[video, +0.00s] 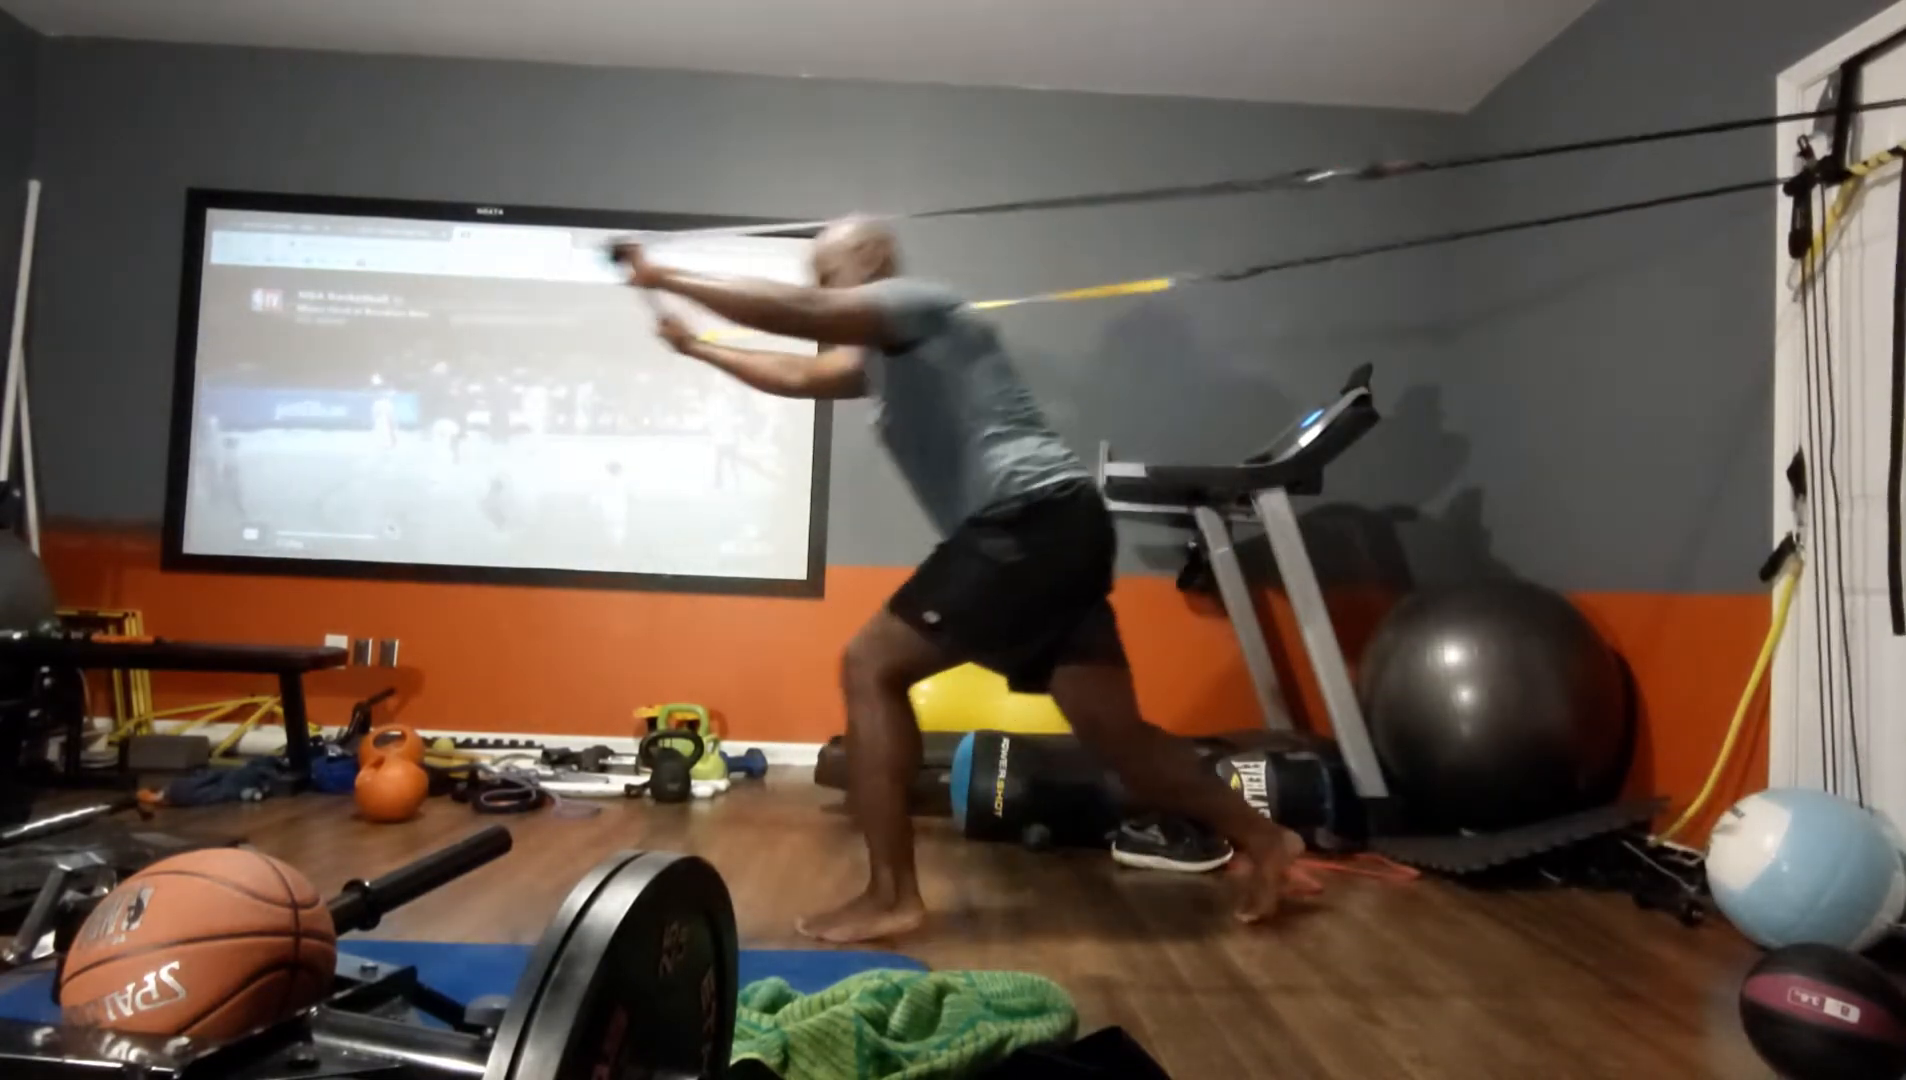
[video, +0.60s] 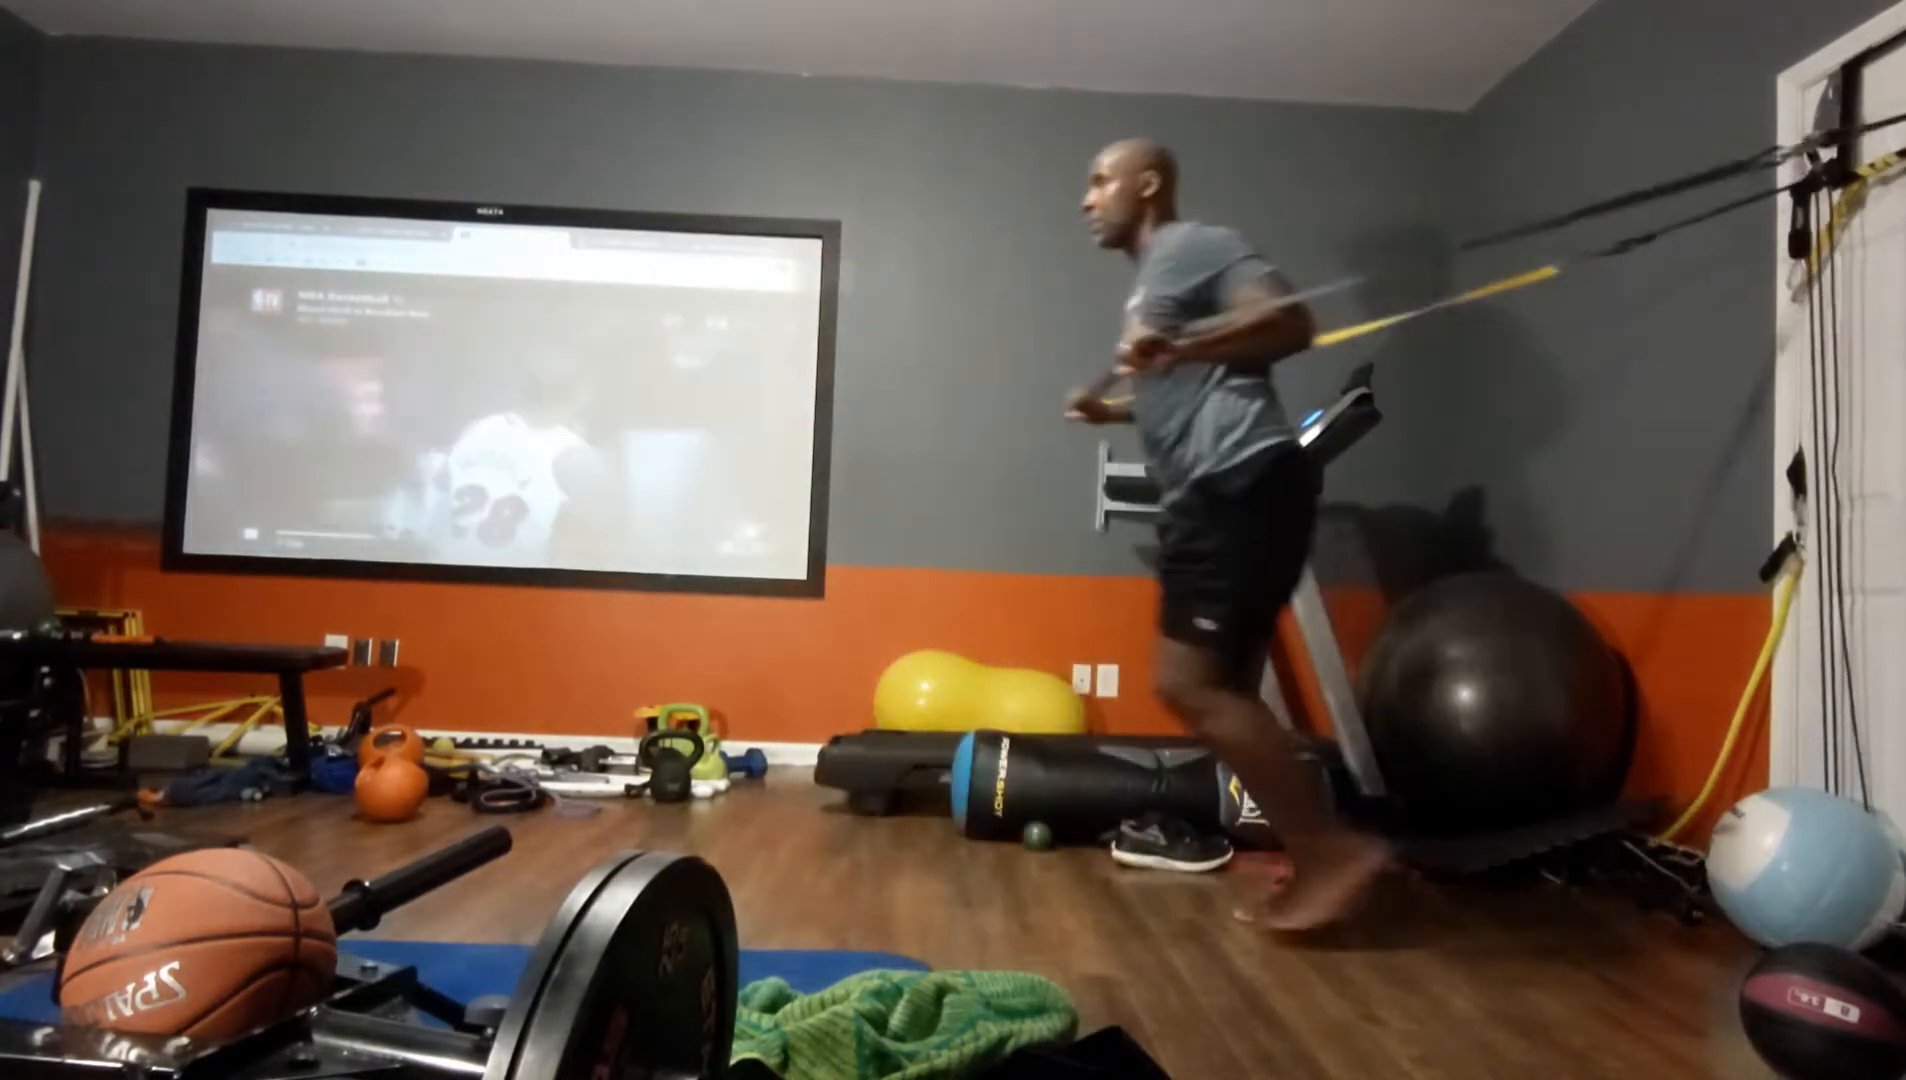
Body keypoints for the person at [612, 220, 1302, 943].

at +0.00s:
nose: (814, 277)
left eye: (824, 261)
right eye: (812, 269)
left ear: (874, 256)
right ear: (850, 280)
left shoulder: (926, 308)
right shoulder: (885, 364)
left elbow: (805, 309)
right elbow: (790, 374)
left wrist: (674, 276)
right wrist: (693, 340)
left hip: (1033, 521)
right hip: (1051, 530)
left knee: (869, 667)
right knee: (1120, 740)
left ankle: (890, 896)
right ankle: (1266, 845)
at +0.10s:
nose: (876, 255)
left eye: (889, 237)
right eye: (875, 241)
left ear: (940, 231)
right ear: (918, 240)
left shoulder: (987, 283)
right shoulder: (943, 332)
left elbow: (893, 310)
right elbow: (869, 386)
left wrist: (768, 282)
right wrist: (770, 349)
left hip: (1066, 513)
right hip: (1077, 520)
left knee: (916, 665)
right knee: (1130, 722)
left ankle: (892, 895)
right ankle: (1280, 851)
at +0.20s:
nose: (942, 227)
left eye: (955, 210)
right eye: (941, 217)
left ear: (1006, 210)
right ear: (966, 227)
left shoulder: (1054, 265)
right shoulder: (1002, 326)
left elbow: (1016, 319)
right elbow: (948, 394)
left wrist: (882, 289)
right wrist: (852, 346)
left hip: (1106, 496)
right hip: (1107, 505)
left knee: (980, 673)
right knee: (1160, 706)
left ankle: (899, 884)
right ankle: (1288, 854)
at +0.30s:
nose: (995, 220)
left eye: (1008, 202)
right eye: (996, 205)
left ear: (1056, 202)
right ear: (1043, 207)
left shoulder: (1097, 254)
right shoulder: (1056, 299)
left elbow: (1126, 325)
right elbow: (1034, 406)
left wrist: (992, 312)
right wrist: (945, 368)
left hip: (1146, 490)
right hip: (1147, 496)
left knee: (1031, 675)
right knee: (1183, 705)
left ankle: (968, 889)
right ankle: (1297, 858)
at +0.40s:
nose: (1031, 214)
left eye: (1045, 197)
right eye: (1032, 200)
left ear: (1095, 201)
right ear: (1084, 205)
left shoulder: (1133, 257)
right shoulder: (1094, 298)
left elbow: (1202, 332)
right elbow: (1094, 413)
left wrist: (1079, 334)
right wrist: (1019, 388)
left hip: (1183, 488)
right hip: (1175, 493)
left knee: (1072, 670)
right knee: (1194, 699)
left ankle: (1087, 889)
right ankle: (1301, 862)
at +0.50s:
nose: (1060, 207)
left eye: (1074, 190)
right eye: (1061, 194)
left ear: (1123, 193)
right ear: (1115, 198)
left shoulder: (1165, 250)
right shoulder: (1123, 291)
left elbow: (1254, 329)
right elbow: (1150, 409)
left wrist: (1140, 346)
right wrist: (1070, 401)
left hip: (1212, 482)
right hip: (1219, 485)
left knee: (1123, 674)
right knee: (1213, 694)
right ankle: (1304, 859)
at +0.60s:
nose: (1087, 199)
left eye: (1100, 181)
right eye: (1088, 185)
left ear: (1149, 187)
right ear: (1133, 195)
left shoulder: (1193, 244)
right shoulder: (1150, 283)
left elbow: (1287, 320)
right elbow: (1186, 393)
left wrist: (1181, 347)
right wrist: (1113, 406)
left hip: (1245, 477)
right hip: (1221, 483)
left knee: (1185, 681)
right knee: (1225, 690)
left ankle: (1332, 852)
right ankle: (1312, 858)